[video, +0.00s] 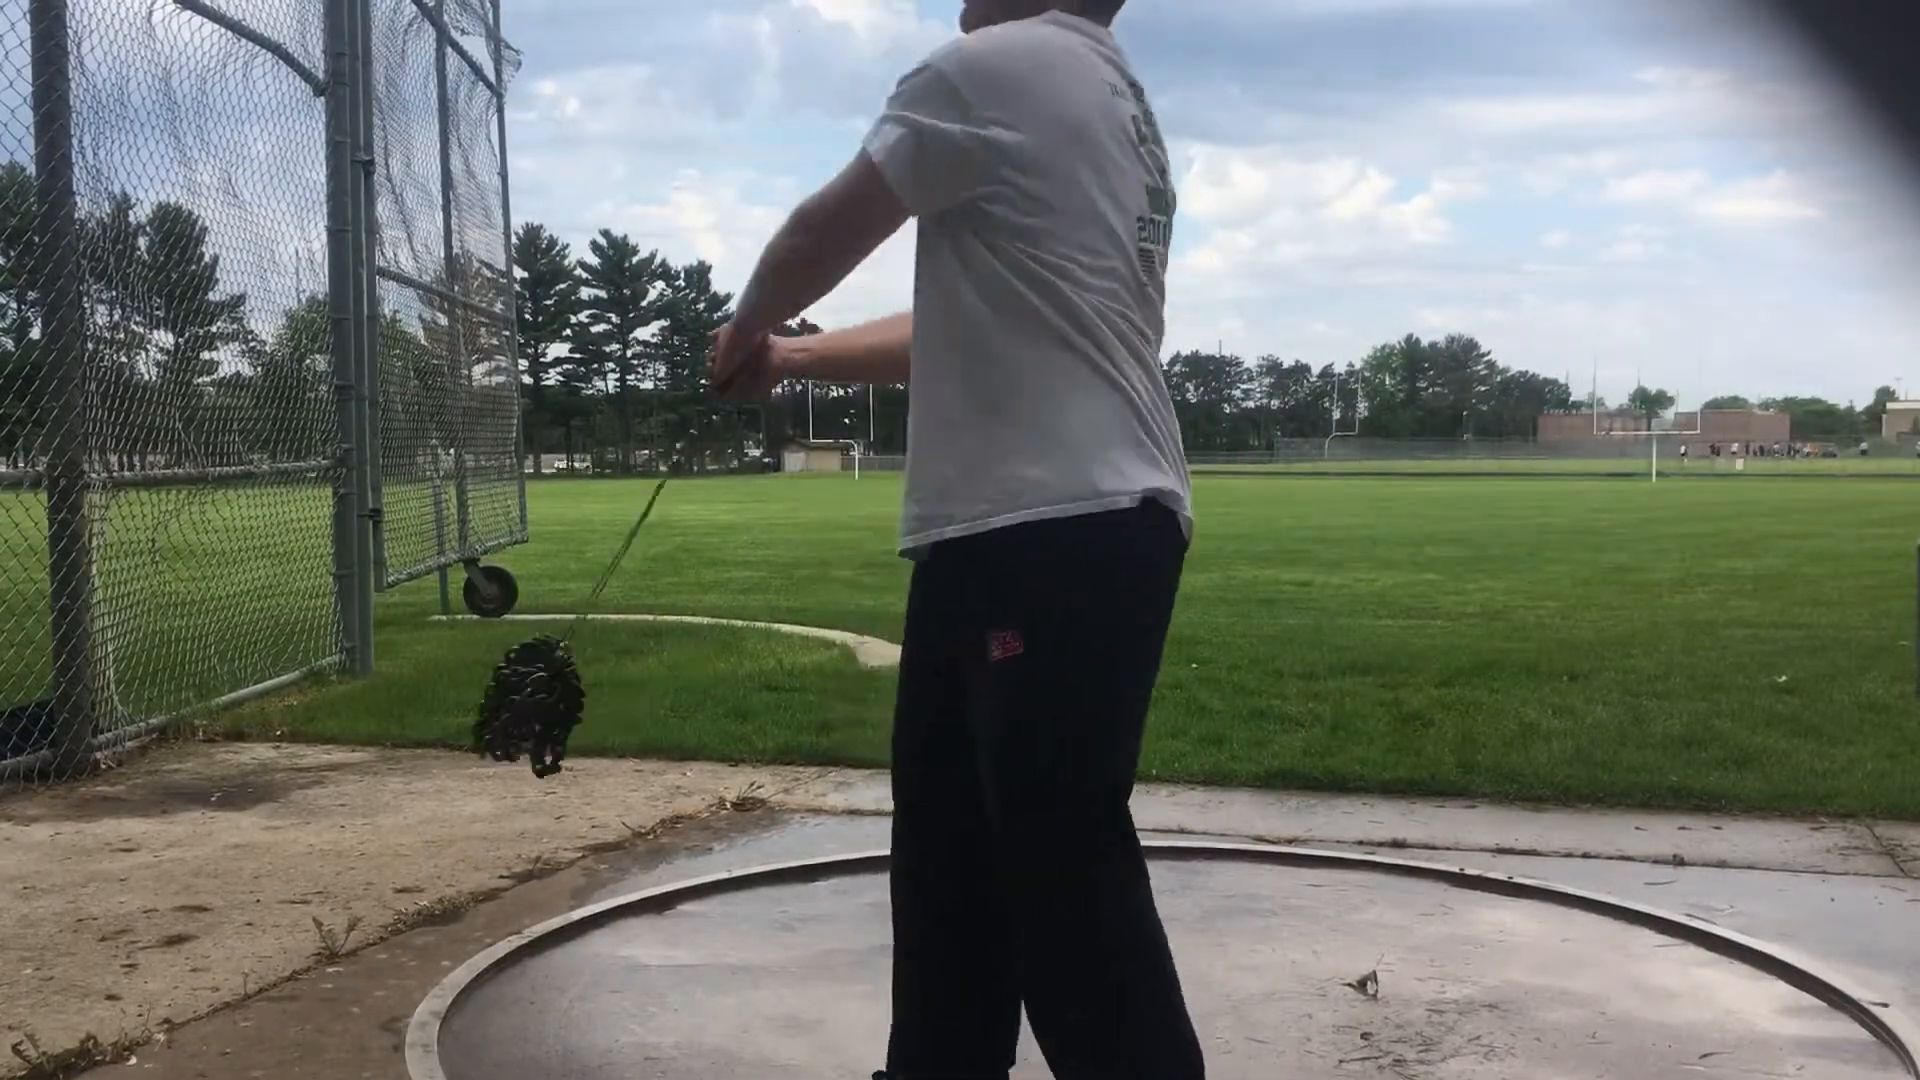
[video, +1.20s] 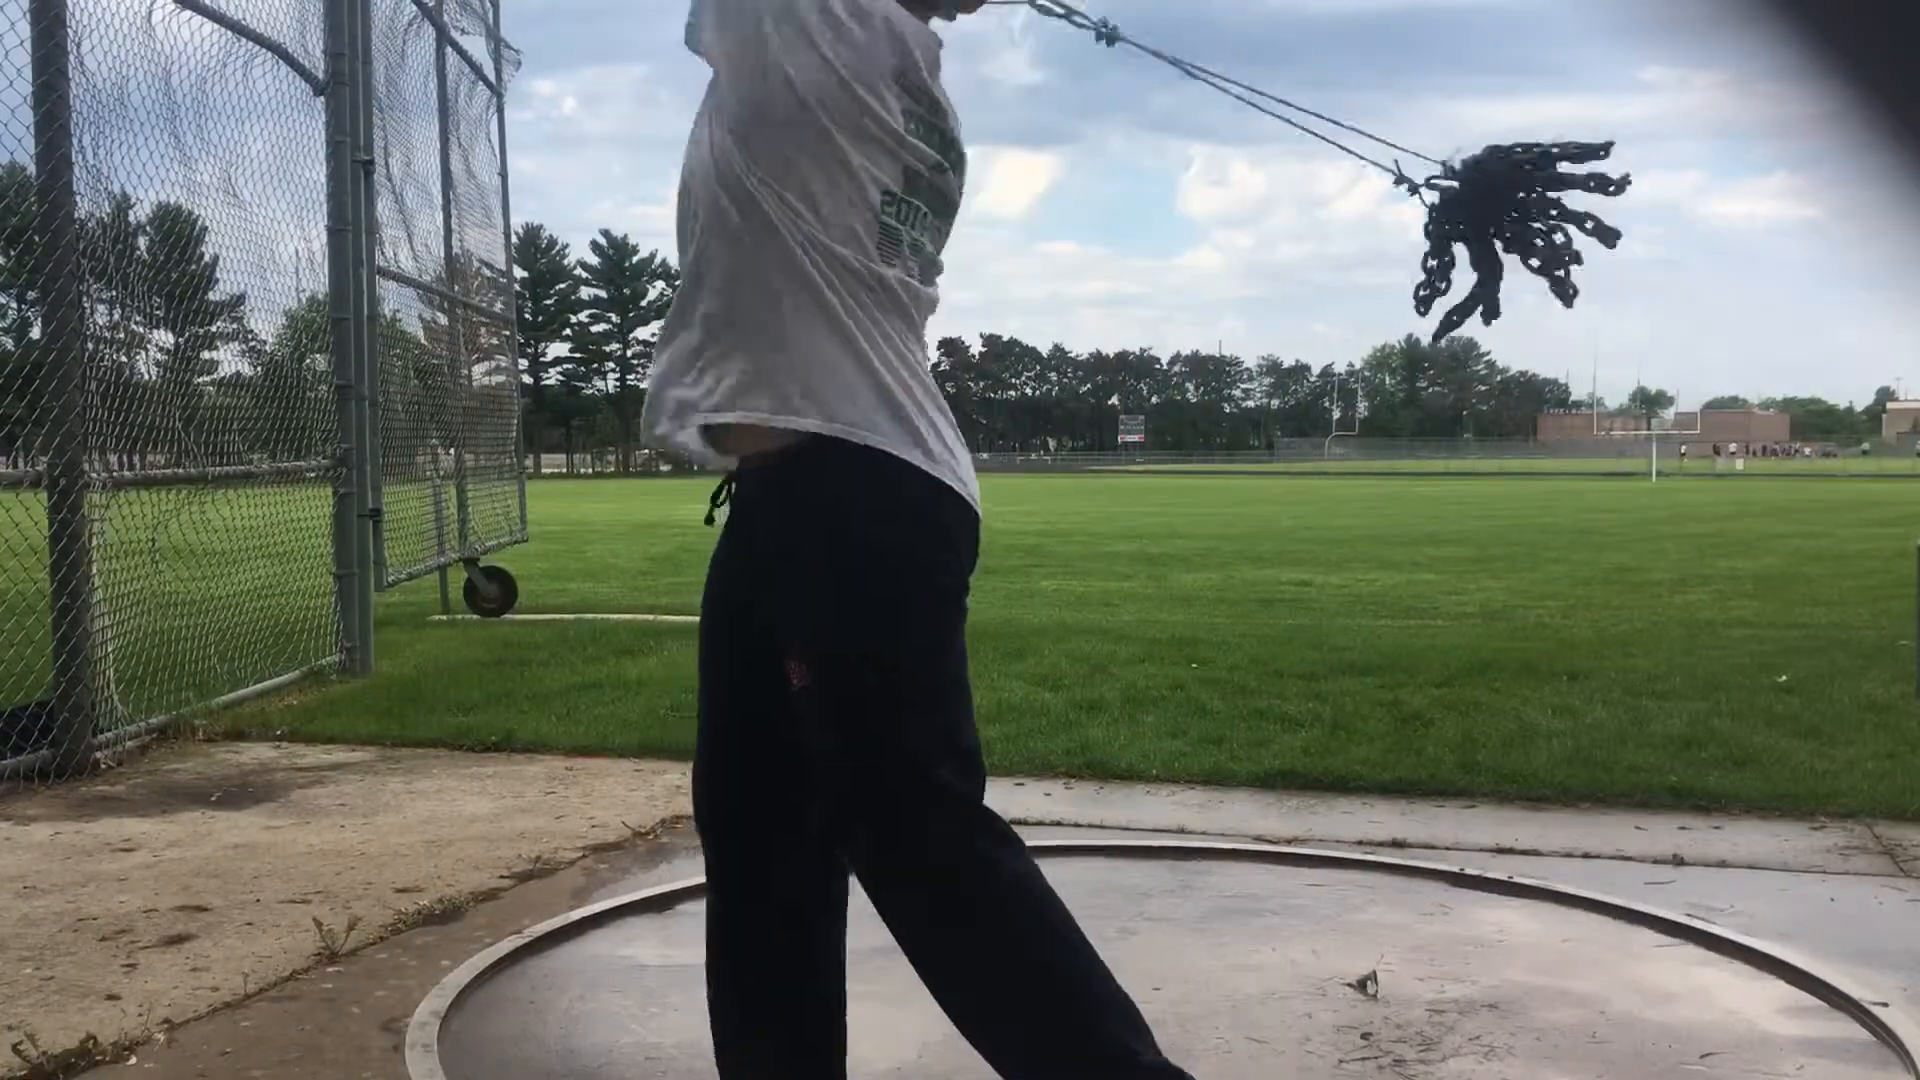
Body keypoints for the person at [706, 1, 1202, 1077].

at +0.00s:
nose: (960, 13)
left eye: (970, 3)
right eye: (965, 6)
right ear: (1087, 7)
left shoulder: (990, 66)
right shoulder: (1117, 110)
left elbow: (814, 241)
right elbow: (980, 324)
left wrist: (750, 329)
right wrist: (788, 352)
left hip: (1041, 523)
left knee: (1061, 862)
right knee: (947, 859)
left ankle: (1141, 1064)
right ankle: (940, 1064)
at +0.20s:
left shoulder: (1141, 85)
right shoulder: (1087, 108)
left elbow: (916, 259)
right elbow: (930, 304)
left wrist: (742, 352)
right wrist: (756, 374)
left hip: (1158, 534)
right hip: (1023, 543)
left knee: (1147, 890)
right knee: (959, 879)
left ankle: (1166, 1073)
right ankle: (939, 1067)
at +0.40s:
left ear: (1224, 1)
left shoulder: (1248, 116)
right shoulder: (1045, 109)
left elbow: (1078, 263)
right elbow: (929, 239)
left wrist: (839, 347)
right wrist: (805, 325)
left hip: (1182, 526)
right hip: (1014, 511)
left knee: (1178, 856)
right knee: (885, 738)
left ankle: (1181, 1070)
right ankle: (902, 1025)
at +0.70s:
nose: (1035, 8)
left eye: (1077, 2)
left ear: (1142, 41)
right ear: (1019, 9)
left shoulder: (1145, 207)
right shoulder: (947, 108)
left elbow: (1043, 343)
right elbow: (842, 151)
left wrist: (954, 302)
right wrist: (887, 207)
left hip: (1058, 568)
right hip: (885, 548)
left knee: (1118, 873)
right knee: (798, 826)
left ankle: (1178, 1072)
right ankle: (795, 1068)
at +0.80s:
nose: (972, 8)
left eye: (1013, 1)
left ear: (1080, 40)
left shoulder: (1060, 209)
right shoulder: (868, 122)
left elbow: (920, 326)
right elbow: (804, 52)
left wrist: (889, 180)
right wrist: (915, 70)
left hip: (989, 557)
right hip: (826, 550)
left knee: (1065, 886)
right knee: (760, 847)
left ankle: (1154, 1071)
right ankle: (789, 1069)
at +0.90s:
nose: (879, 24)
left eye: (917, 7)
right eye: (887, 9)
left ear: (1000, 23)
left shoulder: (995, 171)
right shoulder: (869, 125)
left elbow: (810, 170)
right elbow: (815, 35)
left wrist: (869, 7)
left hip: (933, 552)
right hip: (790, 548)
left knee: (1014, 876)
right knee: (733, 835)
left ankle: (1133, 1070)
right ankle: (781, 1067)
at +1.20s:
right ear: (928, 6)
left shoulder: (813, 24)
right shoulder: (929, 112)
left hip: (849, 482)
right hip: (782, 492)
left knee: (923, 836)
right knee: (761, 850)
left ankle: (1124, 1067)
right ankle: (776, 1064)